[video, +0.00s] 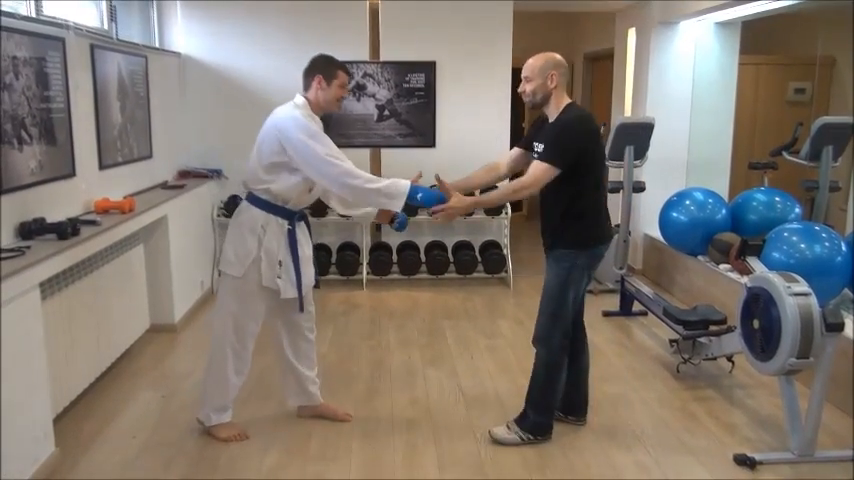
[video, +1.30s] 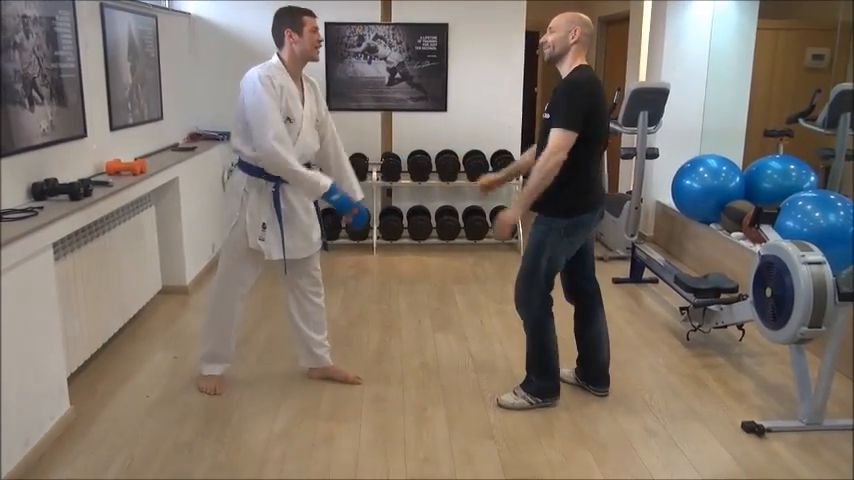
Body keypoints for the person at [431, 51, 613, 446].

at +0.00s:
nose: (521, 87)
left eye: (527, 80)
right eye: (521, 80)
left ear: (553, 81)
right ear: (548, 82)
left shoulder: (574, 123)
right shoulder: (544, 123)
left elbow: (531, 183)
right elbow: (504, 166)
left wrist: (470, 204)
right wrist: (456, 186)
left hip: (580, 243)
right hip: (563, 241)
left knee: (549, 334)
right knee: (569, 325)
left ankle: (535, 424)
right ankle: (573, 406)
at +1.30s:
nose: (542, 39)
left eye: (550, 32)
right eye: (545, 33)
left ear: (575, 37)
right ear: (574, 39)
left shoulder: (575, 86)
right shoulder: (581, 84)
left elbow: (557, 154)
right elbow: (545, 148)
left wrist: (518, 207)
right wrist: (501, 176)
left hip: (562, 212)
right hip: (580, 209)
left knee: (530, 295)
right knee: (583, 293)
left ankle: (540, 388)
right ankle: (594, 375)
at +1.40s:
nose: (544, 44)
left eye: (552, 36)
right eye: (546, 37)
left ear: (577, 40)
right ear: (575, 43)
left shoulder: (576, 88)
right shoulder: (588, 86)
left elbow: (580, 159)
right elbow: (595, 155)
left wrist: (576, 223)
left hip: (562, 212)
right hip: (580, 210)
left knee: (519, 287)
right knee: (591, 297)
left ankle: (536, 383)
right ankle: (596, 378)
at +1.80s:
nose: (533, 54)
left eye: (539, 47)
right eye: (535, 47)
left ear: (564, 52)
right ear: (569, 54)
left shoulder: (551, 89)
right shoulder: (595, 95)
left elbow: (551, 134)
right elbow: (617, 148)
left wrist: (538, 194)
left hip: (557, 221)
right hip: (586, 218)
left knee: (533, 313)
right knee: (587, 304)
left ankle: (516, 403)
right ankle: (598, 387)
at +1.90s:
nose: (527, 57)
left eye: (533, 51)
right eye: (528, 50)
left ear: (557, 54)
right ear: (562, 56)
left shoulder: (543, 94)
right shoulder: (591, 96)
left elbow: (515, 145)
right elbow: (608, 151)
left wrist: (490, 192)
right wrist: (573, 156)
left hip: (552, 224)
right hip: (585, 220)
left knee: (524, 313)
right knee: (583, 305)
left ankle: (516, 405)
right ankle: (596, 389)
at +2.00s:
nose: (513, 64)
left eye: (519, 57)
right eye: (515, 57)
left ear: (544, 60)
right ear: (549, 62)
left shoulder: (538, 104)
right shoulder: (584, 99)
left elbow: (498, 162)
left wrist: (456, 188)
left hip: (548, 225)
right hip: (581, 220)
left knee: (523, 315)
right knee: (578, 306)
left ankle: (517, 407)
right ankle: (596, 390)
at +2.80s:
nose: (539, 66)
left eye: (544, 59)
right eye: (538, 59)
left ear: (569, 56)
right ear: (575, 59)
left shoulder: (562, 95)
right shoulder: (608, 96)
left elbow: (553, 153)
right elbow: (596, 146)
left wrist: (507, 158)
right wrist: (547, 119)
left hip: (567, 219)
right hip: (604, 216)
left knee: (534, 303)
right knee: (596, 305)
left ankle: (528, 400)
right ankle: (602, 395)